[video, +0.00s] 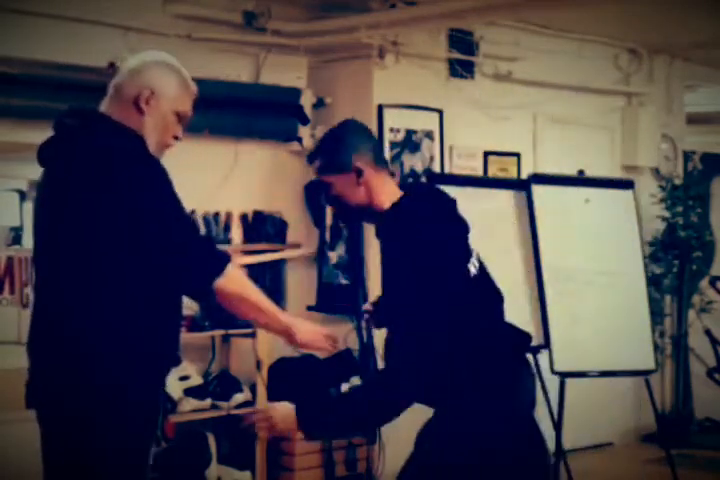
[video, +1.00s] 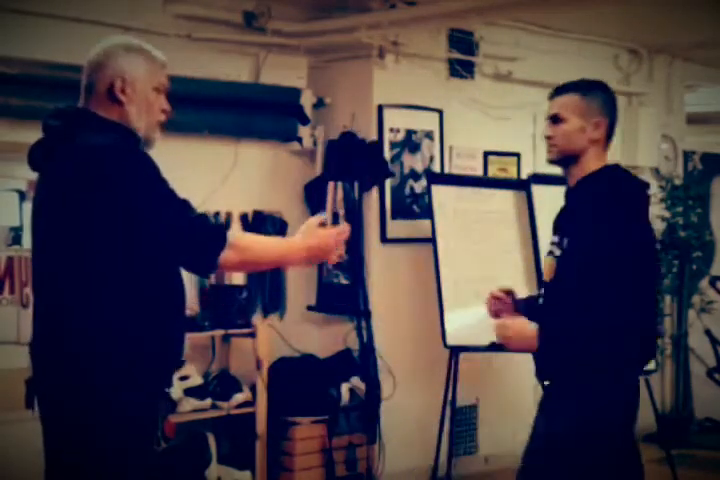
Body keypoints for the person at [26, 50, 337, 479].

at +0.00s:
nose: (180, 136)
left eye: (184, 125)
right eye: (178, 119)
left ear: (141, 100)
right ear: (144, 102)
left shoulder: (69, 157)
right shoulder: (126, 162)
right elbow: (203, 268)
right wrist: (291, 327)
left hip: (65, 382)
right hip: (114, 389)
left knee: (69, 472)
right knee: (116, 472)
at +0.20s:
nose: (178, 129)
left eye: (181, 117)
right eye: (174, 112)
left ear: (134, 98)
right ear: (138, 98)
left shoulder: (68, 154)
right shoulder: (124, 161)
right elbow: (207, 266)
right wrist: (293, 312)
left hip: (66, 378)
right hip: (115, 388)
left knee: (70, 471)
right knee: (115, 471)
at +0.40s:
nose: (177, 119)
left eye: (178, 106)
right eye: (172, 103)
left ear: (131, 96)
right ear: (134, 96)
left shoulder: (69, 155)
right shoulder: (122, 161)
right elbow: (197, 267)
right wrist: (283, 308)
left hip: (71, 377)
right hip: (114, 386)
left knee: (74, 472)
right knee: (117, 471)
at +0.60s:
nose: (170, 101)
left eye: (167, 89)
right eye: (162, 87)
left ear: (119, 91)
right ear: (123, 91)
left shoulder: (64, 161)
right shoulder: (124, 164)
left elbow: (110, 274)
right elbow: (174, 276)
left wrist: (181, 324)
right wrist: (253, 335)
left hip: (69, 370)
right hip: (116, 379)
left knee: (74, 470)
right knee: (120, 470)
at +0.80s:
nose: (166, 100)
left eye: (164, 87)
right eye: (157, 85)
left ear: (118, 92)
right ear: (120, 91)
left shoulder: (68, 159)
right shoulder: (116, 161)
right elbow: (186, 269)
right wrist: (270, 305)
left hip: (74, 380)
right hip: (115, 388)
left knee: (77, 470)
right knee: (117, 470)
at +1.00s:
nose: (167, 108)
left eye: (166, 95)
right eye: (160, 92)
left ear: (120, 91)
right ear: (121, 91)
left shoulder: (65, 158)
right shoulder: (116, 160)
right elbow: (208, 249)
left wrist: (293, 246)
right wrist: (303, 249)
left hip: (71, 382)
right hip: (115, 390)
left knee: (74, 471)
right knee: (118, 471)